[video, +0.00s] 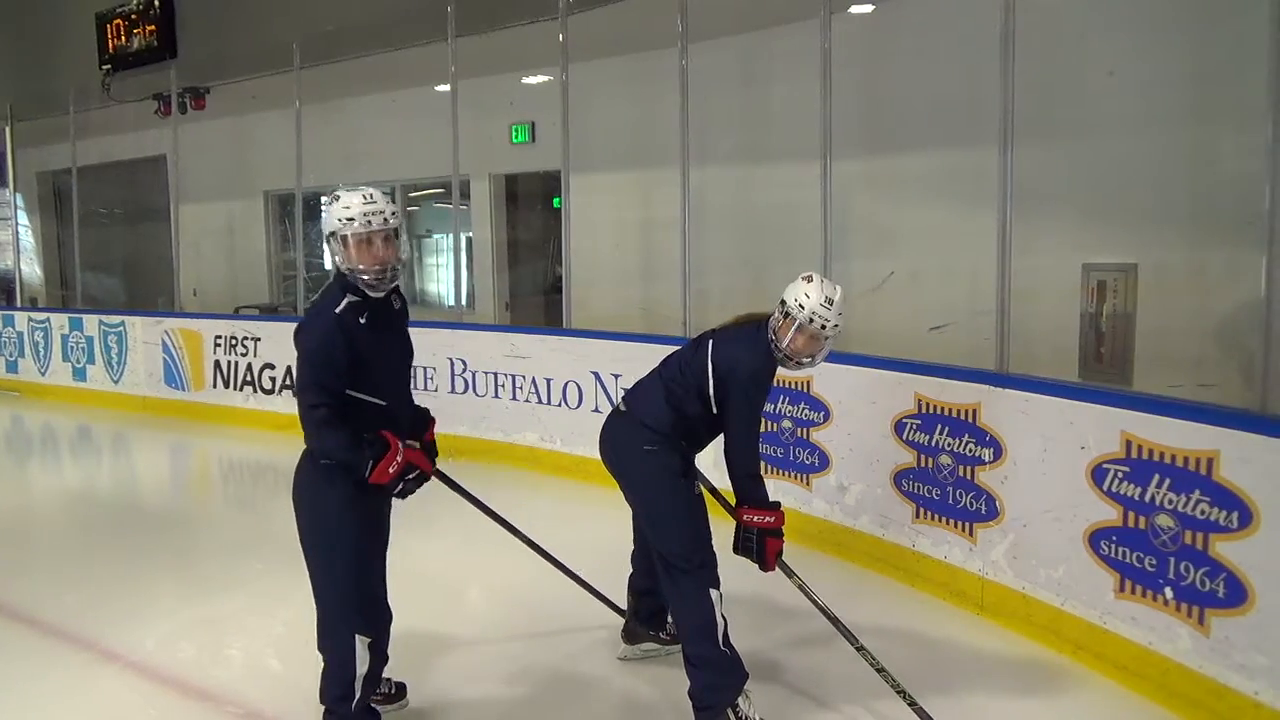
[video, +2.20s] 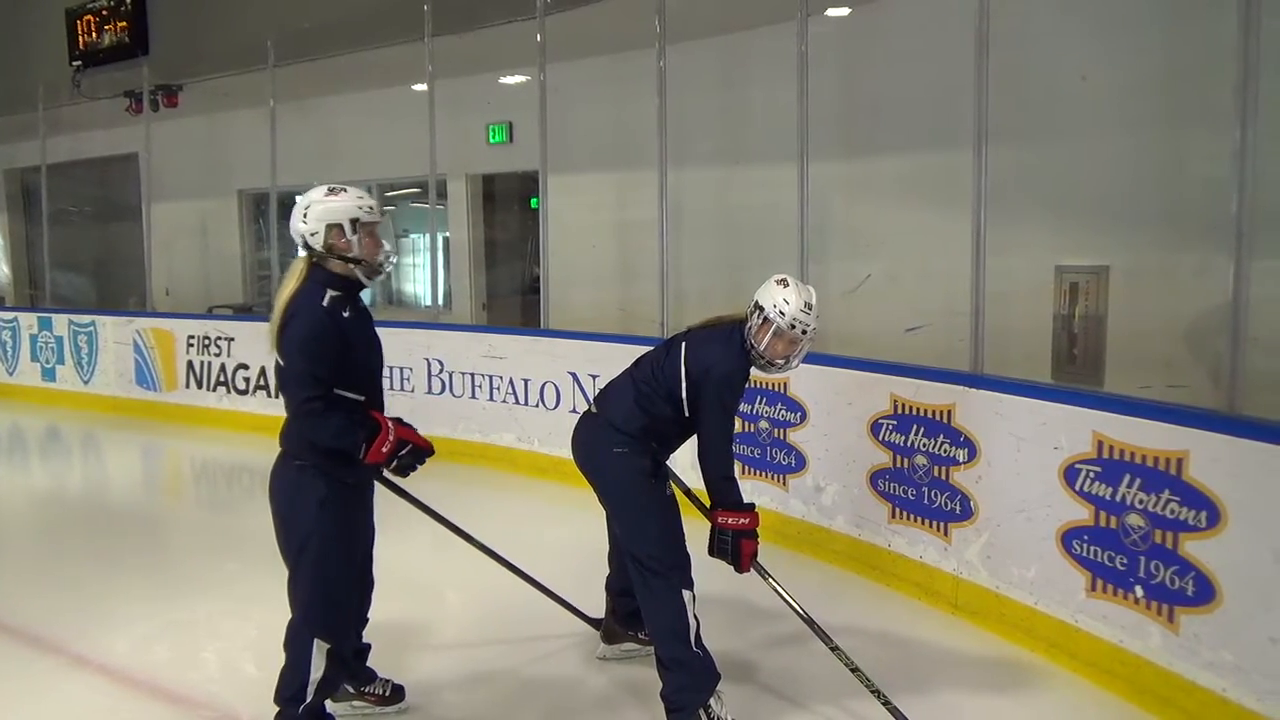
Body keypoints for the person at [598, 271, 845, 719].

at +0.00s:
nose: (803, 344)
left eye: (815, 338)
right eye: (799, 330)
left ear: (826, 342)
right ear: (781, 318)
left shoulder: (751, 337)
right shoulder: (752, 359)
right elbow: (741, 445)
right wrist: (758, 515)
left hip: (630, 434)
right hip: (652, 446)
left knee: (656, 533)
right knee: (693, 569)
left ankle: (644, 623)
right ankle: (718, 703)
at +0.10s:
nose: (802, 345)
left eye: (814, 338)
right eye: (798, 331)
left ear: (826, 342)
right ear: (780, 318)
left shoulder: (751, 336)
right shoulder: (750, 359)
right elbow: (741, 447)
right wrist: (759, 515)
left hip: (630, 433)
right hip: (649, 445)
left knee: (657, 532)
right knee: (692, 568)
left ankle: (645, 622)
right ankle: (717, 702)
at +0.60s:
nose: (790, 344)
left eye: (803, 338)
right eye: (786, 330)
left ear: (817, 344)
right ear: (772, 318)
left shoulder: (742, 336)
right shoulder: (742, 361)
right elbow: (733, 446)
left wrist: (670, 447)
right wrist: (752, 515)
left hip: (622, 433)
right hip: (641, 445)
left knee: (650, 532)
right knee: (685, 567)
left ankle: (640, 622)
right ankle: (709, 702)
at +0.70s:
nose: (792, 345)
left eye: (804, 339)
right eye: (788, 331)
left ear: (817, 344)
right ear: (771, 319)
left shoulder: (741, 337)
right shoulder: (741, 361)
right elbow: (732, 447)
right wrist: (750, 516)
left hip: (622, 433)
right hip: (638, 445)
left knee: (649, 531)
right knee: (683, 567)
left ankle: (639, 621)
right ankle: (707, 703)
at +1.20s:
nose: (785, 347)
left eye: (797, 340)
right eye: (782, 333)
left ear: (810, 343)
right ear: (764, 320)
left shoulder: (735, 338)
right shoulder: (733, 361)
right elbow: (724, 446)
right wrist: (742, 516)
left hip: (616, 434)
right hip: (631, 445)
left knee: (643, 532)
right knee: (676, 567)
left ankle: (633, 621)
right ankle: (701, 703)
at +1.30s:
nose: (785, 346)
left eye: (797, 340)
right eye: (781, 333)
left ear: (809, 343)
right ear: (762, 320)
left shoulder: (733, 338)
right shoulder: (732, 361)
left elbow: (723, 436)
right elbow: (723, 447)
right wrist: (742, 516)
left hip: (614, 434)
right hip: (628, 445)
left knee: (641, 532)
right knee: (675, 567)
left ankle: (632, 622)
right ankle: (700, 703)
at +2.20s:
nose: (777, 347)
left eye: (790, 341)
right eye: (773, 333)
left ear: (803, 343)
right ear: (756, 320)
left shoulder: (727, 340)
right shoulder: (725, 362)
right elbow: (715, 449)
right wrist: (734, 517)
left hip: (606, 434)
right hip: (620, 445)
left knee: (633, 532)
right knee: (665, 569)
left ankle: (624, 621)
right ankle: (690, 703)